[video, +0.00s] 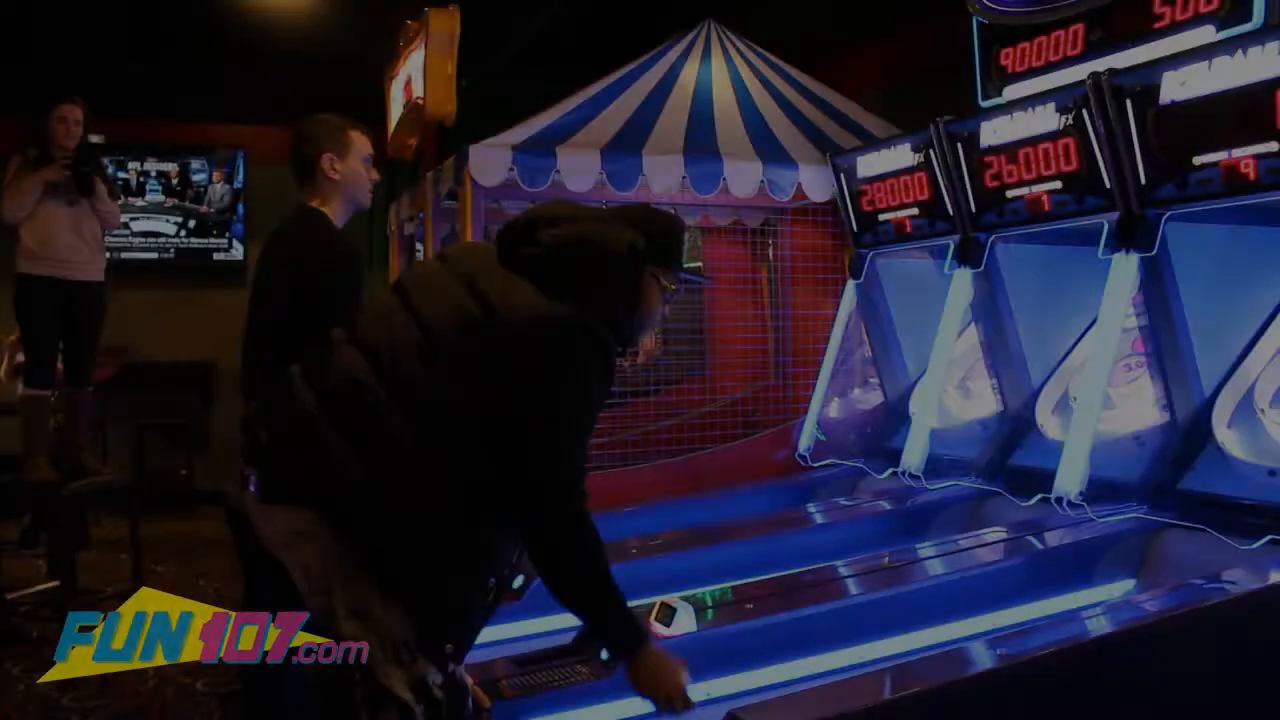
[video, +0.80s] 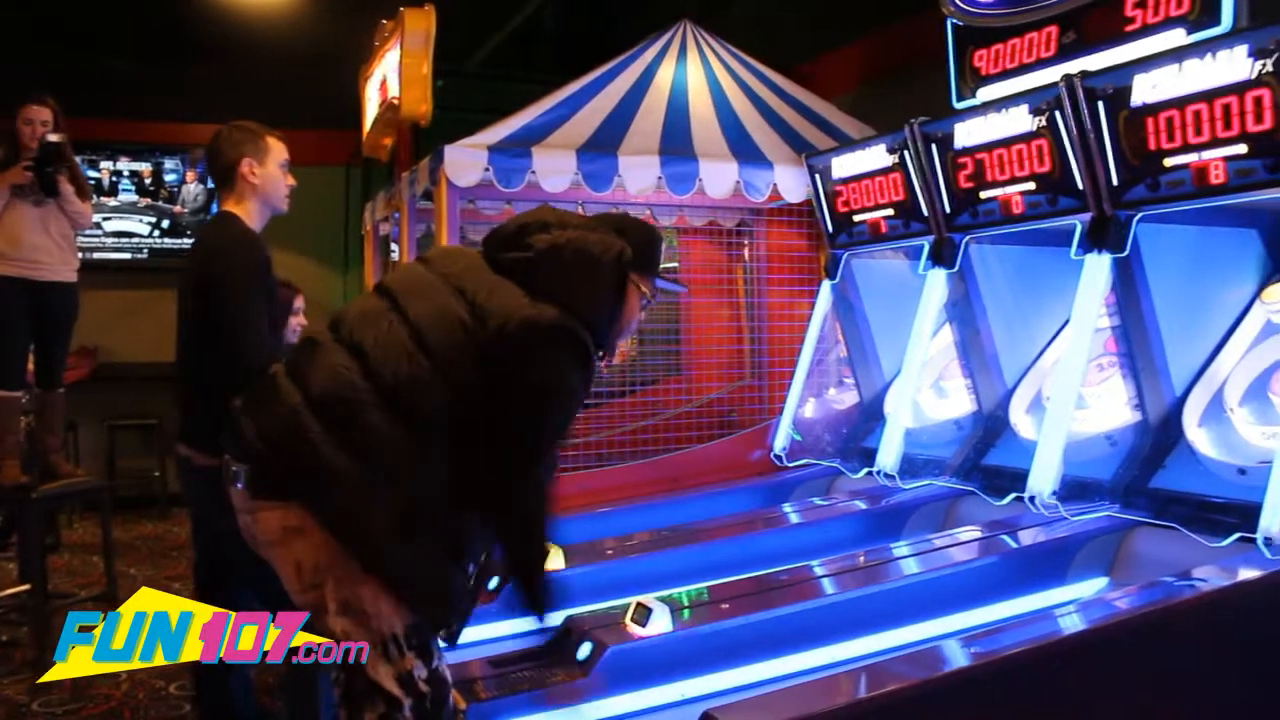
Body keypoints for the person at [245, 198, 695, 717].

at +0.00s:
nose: (662, 310)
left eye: (667, 293)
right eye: (661, 288)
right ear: (624, 271)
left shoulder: (474, 267)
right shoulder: (570, 340)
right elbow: (551, 509)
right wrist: (633, 645)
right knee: (413, 691)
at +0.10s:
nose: (657, 302)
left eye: (661, 286)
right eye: (653, 282)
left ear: (582, 261)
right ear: (609, 271)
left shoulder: (467, 265)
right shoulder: (559, 337)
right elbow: (557, 511)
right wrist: (653, 623)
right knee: (401, 686)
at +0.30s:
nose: (650, 308)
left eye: (655, 291)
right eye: (651, 287)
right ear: (618, 268)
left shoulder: (469, 264)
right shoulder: (552, 330)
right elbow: (542, 506)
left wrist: (481, 554)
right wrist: (612, 635)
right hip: (327, 506)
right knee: (415, 695)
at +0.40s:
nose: (652, 312)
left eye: (658, 296)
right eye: (652, 290)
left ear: (592, 266)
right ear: (614, 272)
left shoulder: (467, 266)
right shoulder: (555, 334)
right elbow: (491, 503)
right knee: (415, 691)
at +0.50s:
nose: (658, 319)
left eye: (662, 302)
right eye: (655, 297)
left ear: (600, 273)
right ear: (617, 279)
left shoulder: (479, 272)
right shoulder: (555, 335)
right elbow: (480, 490)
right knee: (417, 689)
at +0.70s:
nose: (646, 328)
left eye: (653, 311)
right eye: (646, 306)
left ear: (583, 270)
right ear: (611, 288)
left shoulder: (469, 270)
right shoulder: (551, 342)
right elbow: (468, 492)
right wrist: (415, 650)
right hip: (313, 504)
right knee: (406, 688)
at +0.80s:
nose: (642, 317)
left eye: (648, 301)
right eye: (642, 297)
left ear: (567, 263)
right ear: (606, 281)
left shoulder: (458, 266)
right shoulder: (553, 341)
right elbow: (512, 480)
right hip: (329, 507)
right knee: (404, 692)